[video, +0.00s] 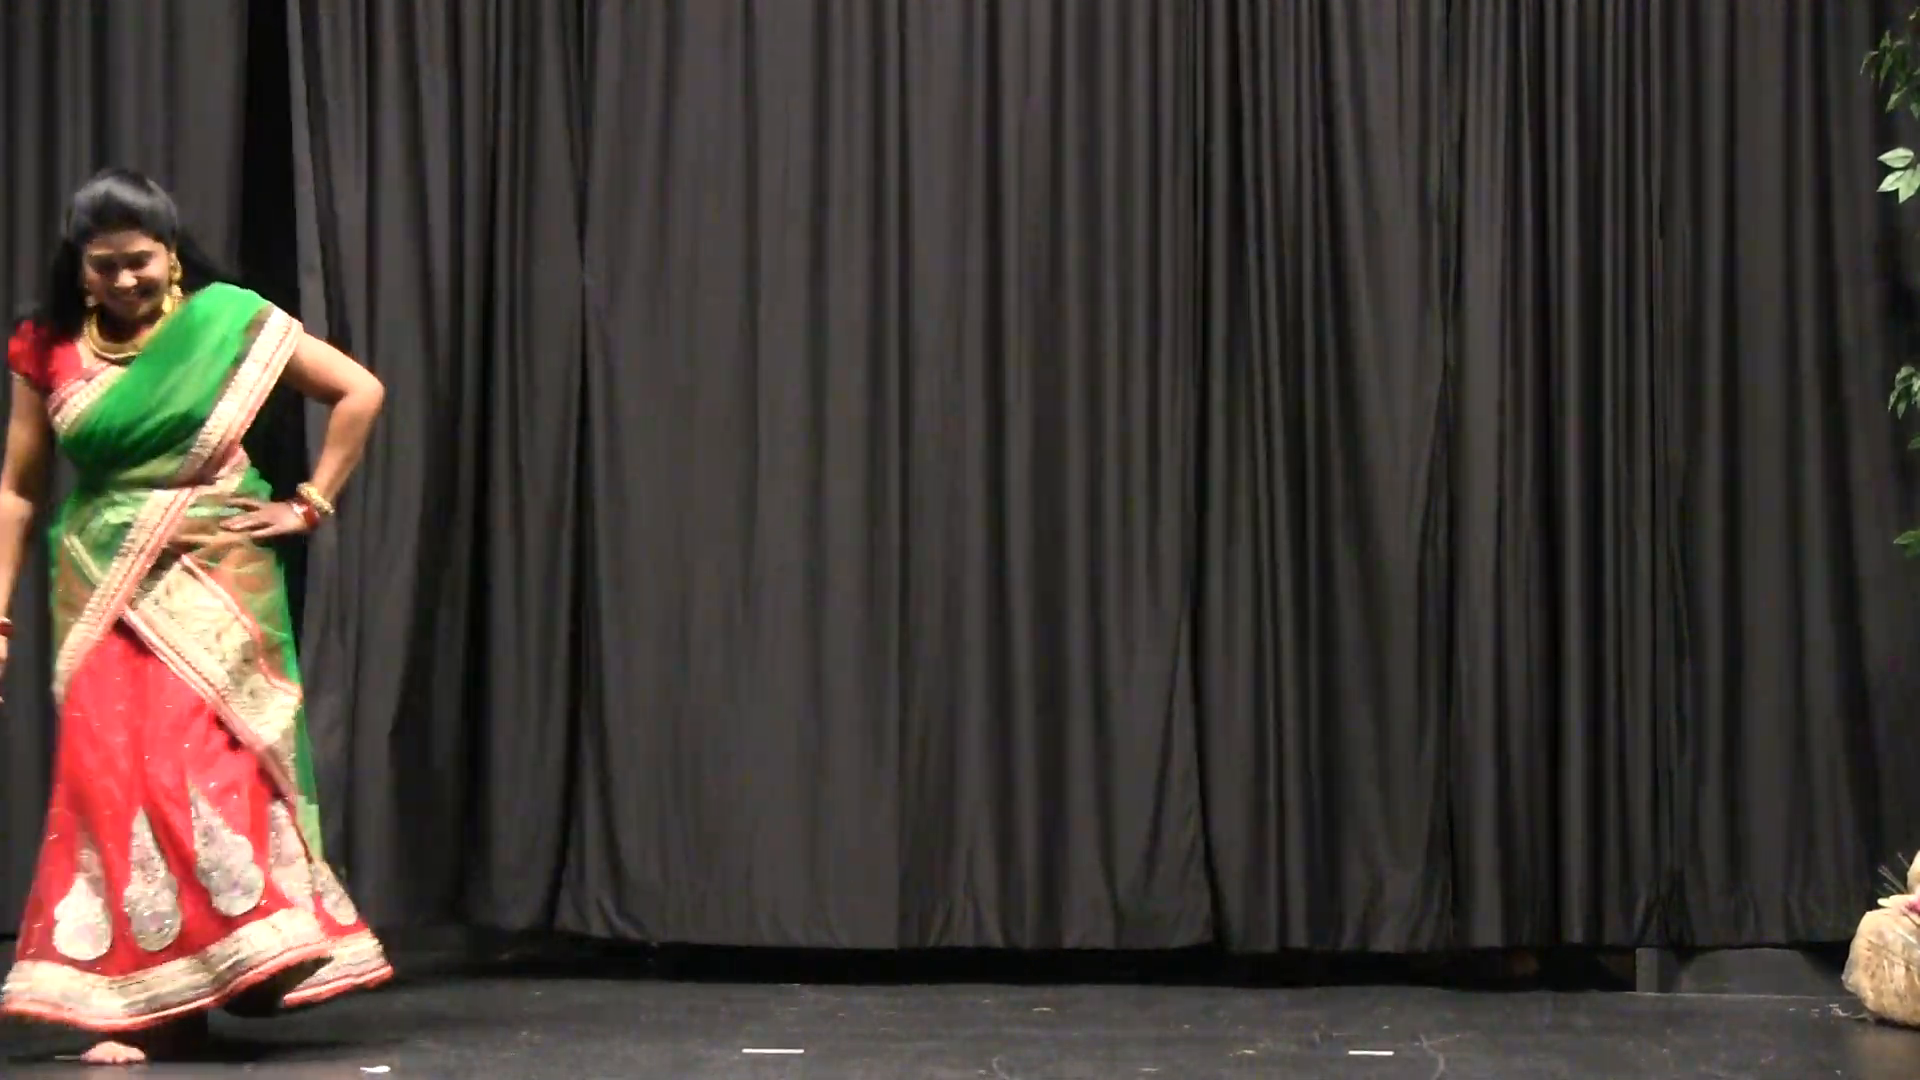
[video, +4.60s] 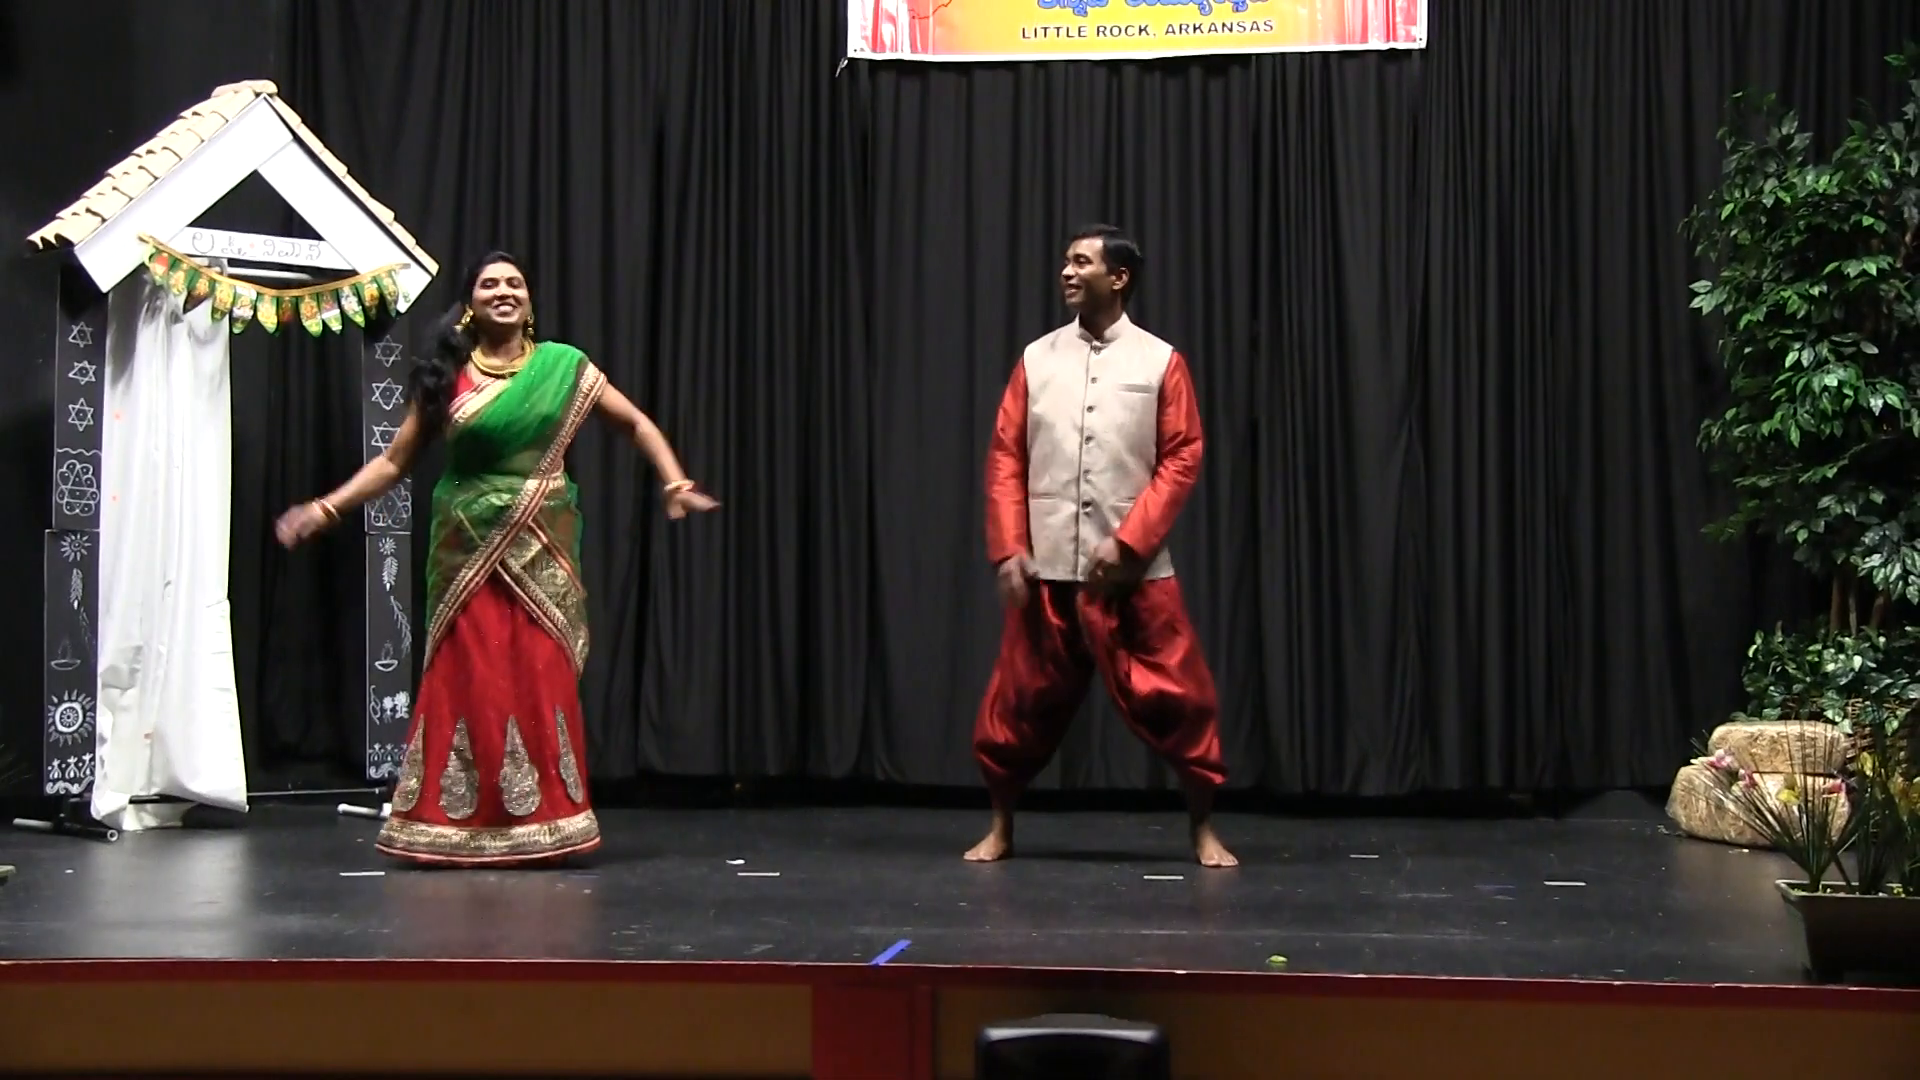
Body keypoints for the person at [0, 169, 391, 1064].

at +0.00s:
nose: (128, 281)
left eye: (143, 263)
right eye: (108, 266)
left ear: (175, 257)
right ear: (80, 267)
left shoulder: (224, 318)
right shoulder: (49, 352)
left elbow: (359, 391)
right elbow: (18, 488)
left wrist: (315, 499)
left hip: (215, 574)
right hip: (102, 581)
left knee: (192, 772)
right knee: (101, 776)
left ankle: (187, 988)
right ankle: (126, 1011)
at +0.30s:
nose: (44, 233)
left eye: (63, 214)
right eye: (25, 217)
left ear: (98, 221)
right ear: (2, 229)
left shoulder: (149, 302)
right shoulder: (4, 319)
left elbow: (280, 390)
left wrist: (230, 503)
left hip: (129, 567)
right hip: (23, 575)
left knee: (125, 778)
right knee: (27, 781)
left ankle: (123, 1005)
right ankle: (31, 1004)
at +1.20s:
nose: (92, 173)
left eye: (109, 159)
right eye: (71, 158)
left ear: (133, 183)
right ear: (35, 183)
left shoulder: (181, 261)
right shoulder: (11, 309)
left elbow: (325, 329)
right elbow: (1, 465)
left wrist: (282, 446)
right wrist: (0, 601)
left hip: (189, 539)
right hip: (70, 557)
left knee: (210, 757)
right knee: (86, 775)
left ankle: (259, 999)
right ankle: (102, 1012)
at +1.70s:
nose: (244, 190)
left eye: (239, 173)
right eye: (227, 177)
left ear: (215, 187)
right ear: (178, 197)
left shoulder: (265, 259)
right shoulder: (126, 320)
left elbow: (363, 321)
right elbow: (129, 492)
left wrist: (373, 431)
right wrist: (155, 632)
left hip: (331, 541)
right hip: (223, 571)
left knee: (359, 761)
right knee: (228, 784)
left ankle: (376, 1020)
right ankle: (197, 1020)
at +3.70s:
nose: (325, 219)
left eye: (325, 206)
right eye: (306, 206)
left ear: (322, 217)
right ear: (256, 223)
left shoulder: (375, 295)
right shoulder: (210, 330)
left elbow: (477, 383)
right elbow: (191, 472)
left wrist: (444, 490)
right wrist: (192, 598)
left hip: (374, 542)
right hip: (263, 555)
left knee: (410, 719)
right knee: (278, 747)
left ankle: (463, 949)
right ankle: (294, 964)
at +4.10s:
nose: (448, 276)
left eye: (449, 265)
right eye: (432, 265)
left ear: (448, 276)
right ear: (391, 278)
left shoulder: (484, 339)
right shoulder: (352, 363)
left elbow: (566, 409)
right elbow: (325, 477)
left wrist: (532, 493)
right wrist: (310, 576)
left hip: (471, 541)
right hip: (385, 551)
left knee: (503, 683)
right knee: (398, 701)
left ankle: (553, 862)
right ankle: (406, 873)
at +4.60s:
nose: (504, 292)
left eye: (514, 283)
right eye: (491, 284)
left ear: (530, 300)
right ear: (469, 303)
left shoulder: (563, 365)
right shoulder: (448, 375)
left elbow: (635, 421)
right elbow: (394, 460)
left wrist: (675, 480)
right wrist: (326, 507)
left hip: (542, 539)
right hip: (467, 541)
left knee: (542, 676)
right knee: (475, 676)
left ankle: (542, 824)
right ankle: (465, 824)